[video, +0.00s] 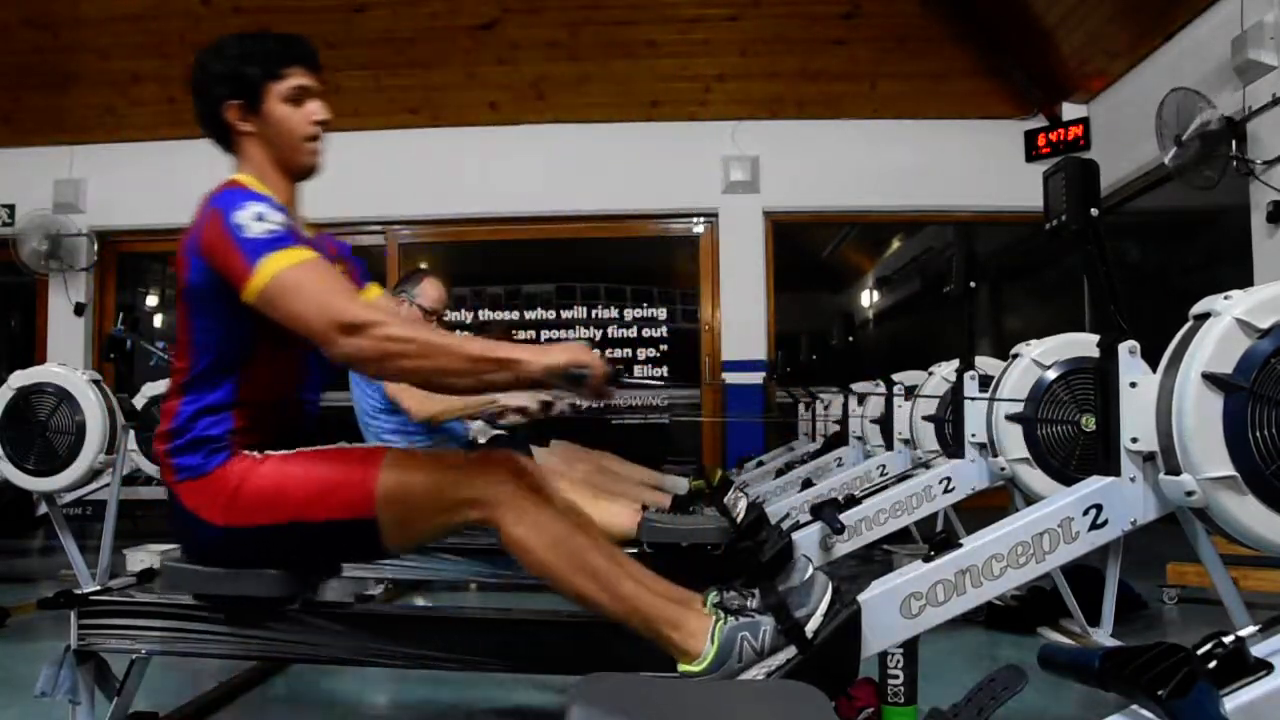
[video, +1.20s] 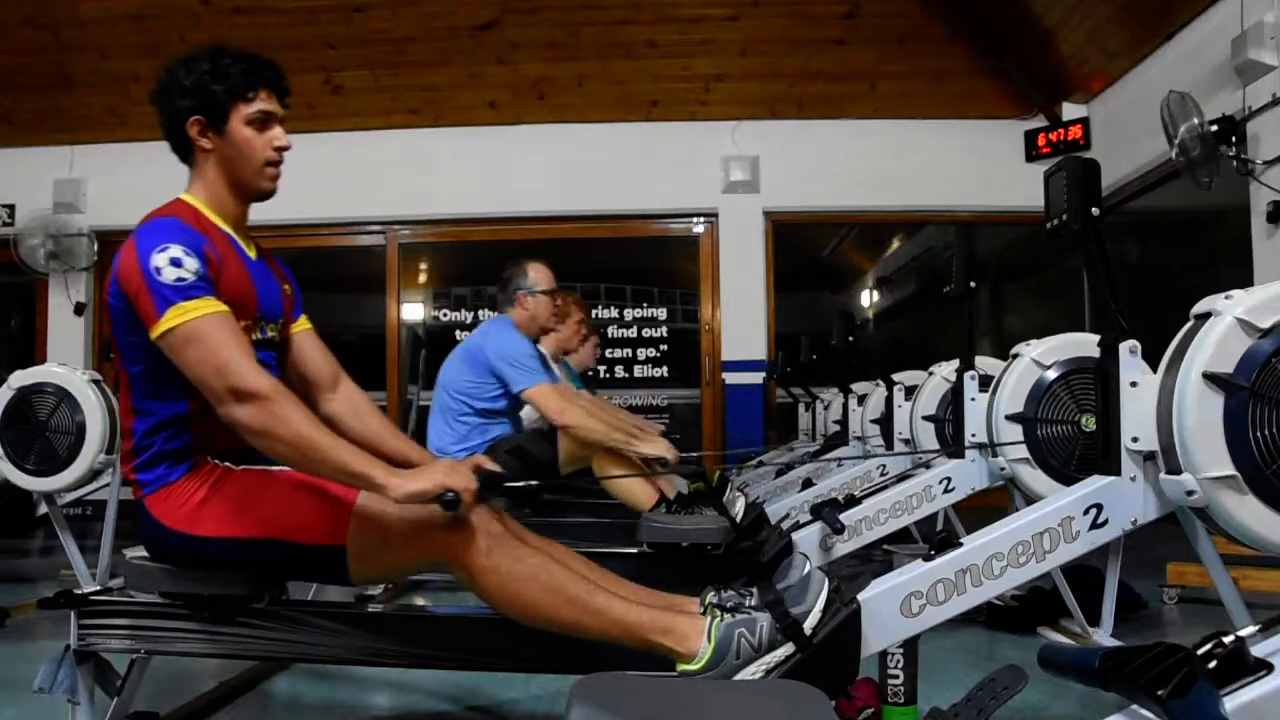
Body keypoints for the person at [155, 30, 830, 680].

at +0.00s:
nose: (323, 115)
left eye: (320, 99)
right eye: (299, 99)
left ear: (310, 113)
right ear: (240, 117)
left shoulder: (303, 235)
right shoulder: (235, 215)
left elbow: (397, 342)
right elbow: (360, 334)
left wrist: (527, 365)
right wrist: (532, 364)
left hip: (269, 467)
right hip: (225, 480)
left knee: (513, 477)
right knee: (493, 482)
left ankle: (711, 620)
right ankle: (704, 644)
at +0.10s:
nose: (237, 126)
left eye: (236, 110)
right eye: (215, 111)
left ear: (227, 122)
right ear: (154, 128)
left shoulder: (245, 256)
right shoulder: (150, 231)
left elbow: (341, 358)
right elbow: (248, 348)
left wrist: (446, 376)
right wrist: (429, 350)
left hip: (250, 469)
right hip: (196, 488)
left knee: (487, 500)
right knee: (470, 513)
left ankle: (693, 623)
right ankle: (697, 639)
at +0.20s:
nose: (176, 143)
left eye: (174, 127)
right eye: (153, 127)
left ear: (162, 144)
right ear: (92, 149)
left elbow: (271, 384)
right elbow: (139, 369)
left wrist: (371, 349)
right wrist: (316, 338)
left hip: (247, 460)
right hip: (189, 480)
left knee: (466, 521)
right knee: (438, 530)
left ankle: (704, 626)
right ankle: (704, 641)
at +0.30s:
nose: (138, 160)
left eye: (137, 144)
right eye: (115, 146)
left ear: (113, 161)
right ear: (55, 165)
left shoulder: (138, 275)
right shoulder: (49, 264)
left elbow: (218, 416)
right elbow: (33, 413)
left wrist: (286, 372)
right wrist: (204, 349)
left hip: (231, 465)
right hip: (182, 484)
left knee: (459, 531)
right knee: (431, 538)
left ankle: (698, 623)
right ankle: (700, 641)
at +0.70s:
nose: (152, 158)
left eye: (151, 142)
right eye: (131, 143)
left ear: (127, 161)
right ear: (70, 163)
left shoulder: (142, 273)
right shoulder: (52, 269)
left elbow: (188, 405)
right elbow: (41, 431)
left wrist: (263, 438)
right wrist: (197, 466)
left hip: (239, 471)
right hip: (193, 494)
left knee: (465, 534)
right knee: (443, 543)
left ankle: (703, 625)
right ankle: (701, 641)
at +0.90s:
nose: (197, 150)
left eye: (197, 133)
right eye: (177, 132)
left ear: (174, 148)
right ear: (116, 147)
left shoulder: (187, 268)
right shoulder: (89, 260)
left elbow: (247, 396)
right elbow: (127, 419)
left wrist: (327, 458)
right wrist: (278, 485)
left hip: (261, 484)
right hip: (193, 502)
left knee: (469, 529)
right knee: (445, 538)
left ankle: (697, 628)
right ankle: (697, 640)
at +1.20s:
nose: (282, 141)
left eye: (282, 125)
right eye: (262, 123)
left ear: (250, 138)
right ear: (201, 133)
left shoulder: (254, 263)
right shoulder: (166, 247)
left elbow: (335, 387)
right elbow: (244, 400)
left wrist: (420, 464)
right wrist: (387, 484)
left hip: (258, 475)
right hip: (197, 489)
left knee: (475, 506)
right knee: (456, 523)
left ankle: (691, 624)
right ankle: (687, 637)